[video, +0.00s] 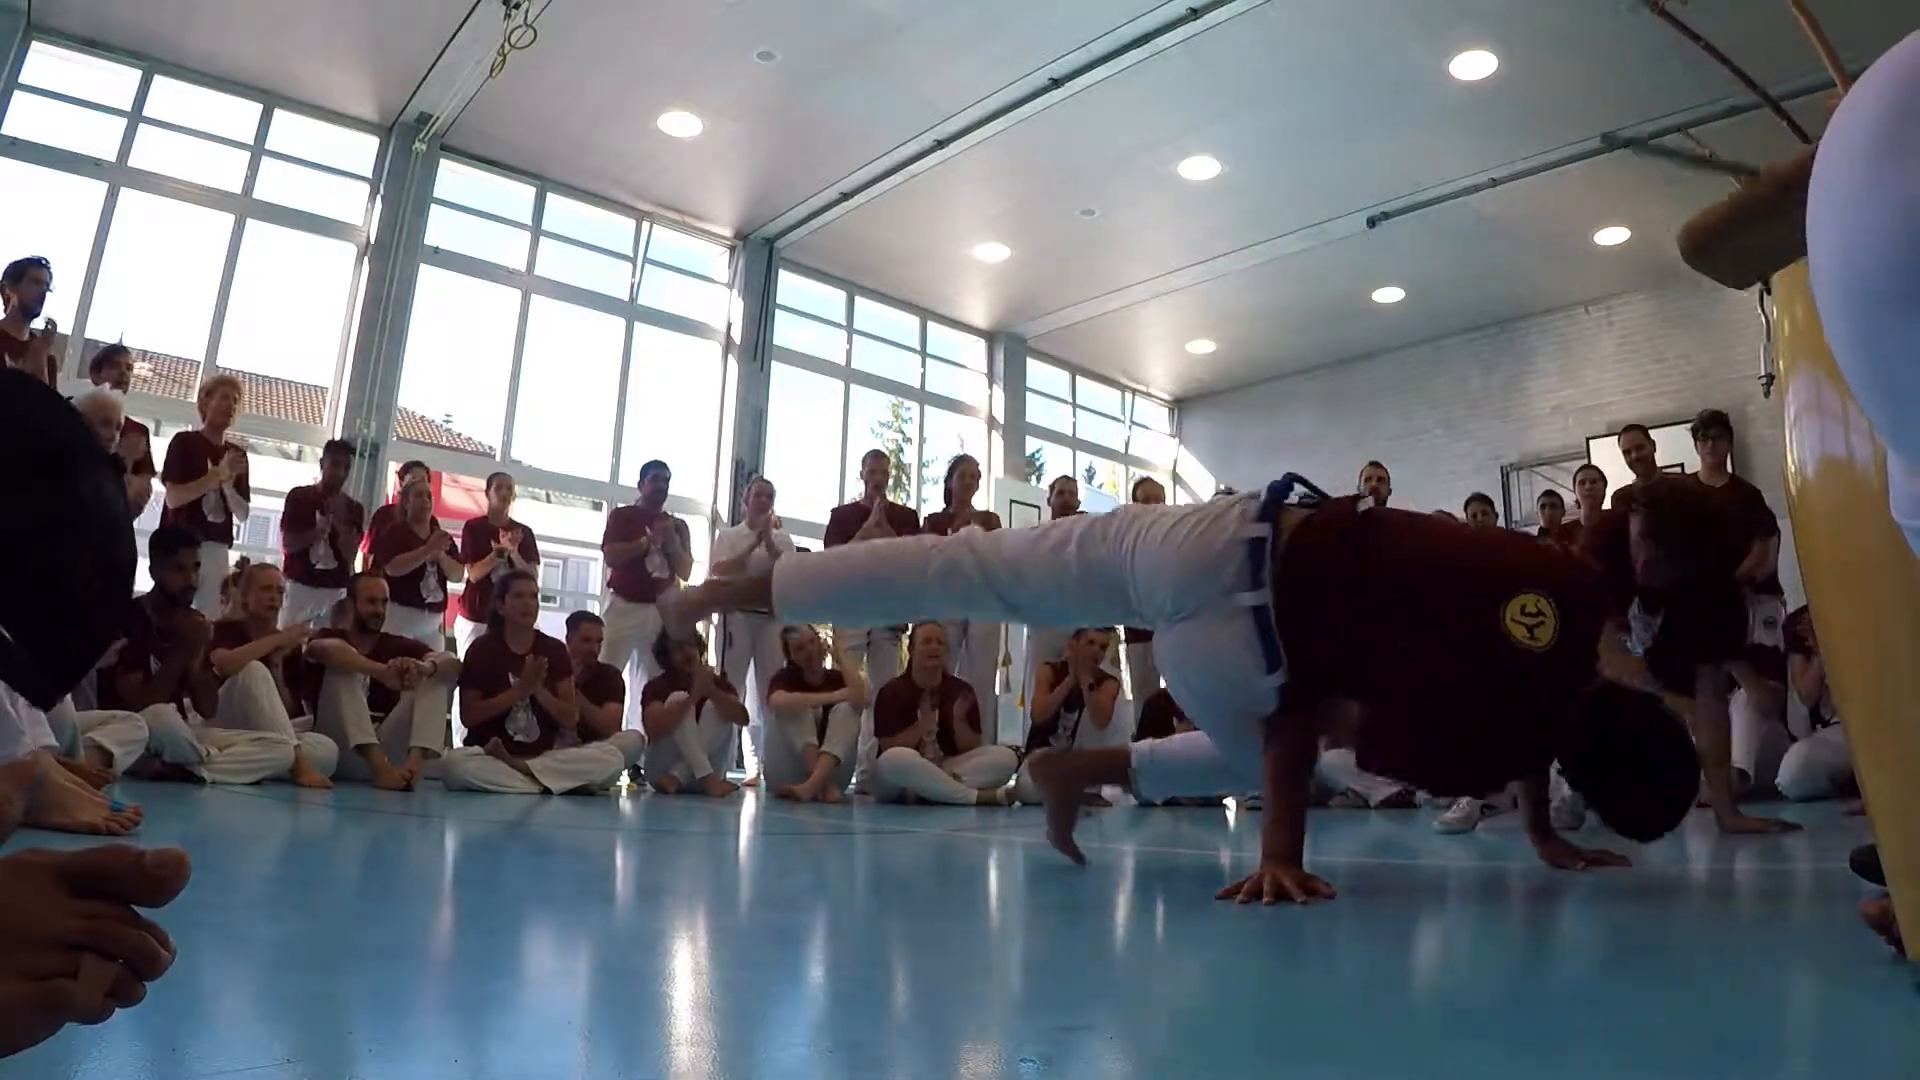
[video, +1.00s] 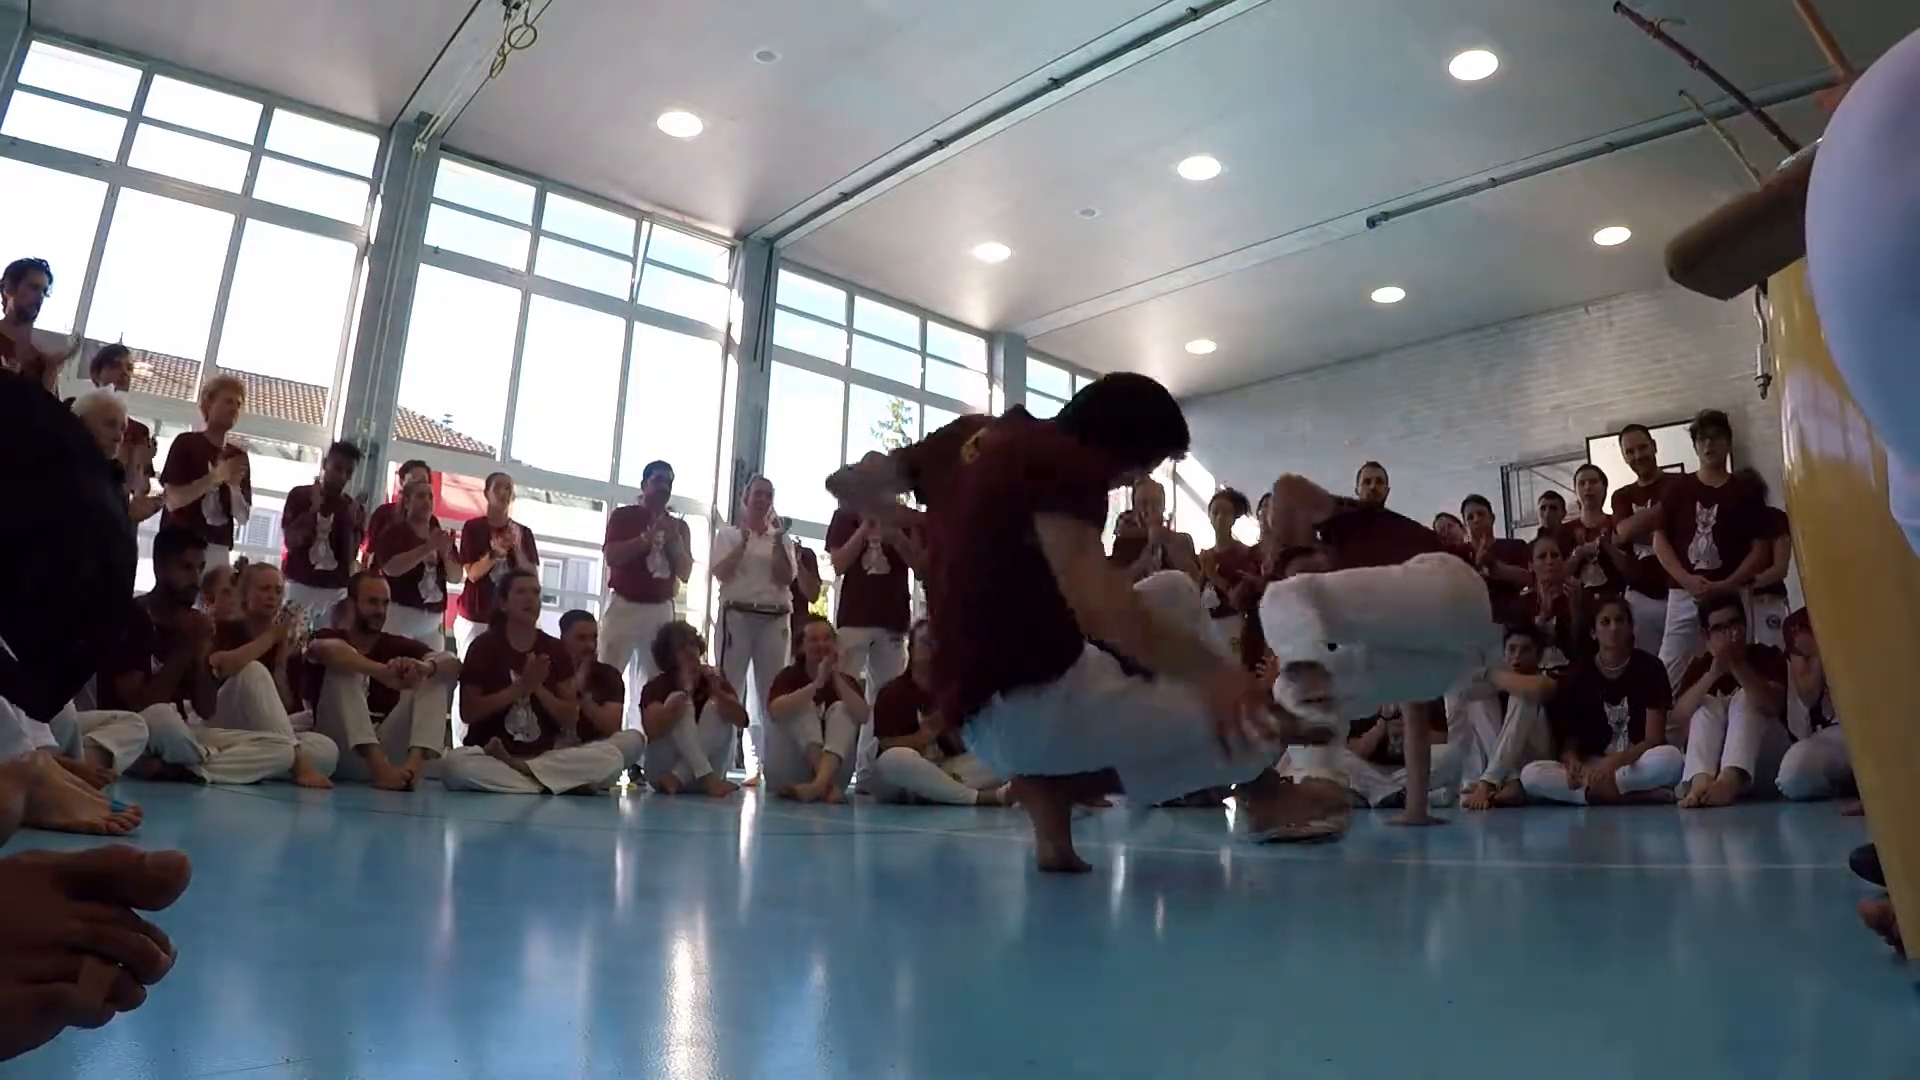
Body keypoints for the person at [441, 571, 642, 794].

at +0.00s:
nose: (528, 604)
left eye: (533, 597)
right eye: (519, 597)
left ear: (539, 603)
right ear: (500, 605)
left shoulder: (555, 649)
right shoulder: (481, 649)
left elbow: (570, 718)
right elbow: (469, 716)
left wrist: (537, 690)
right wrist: (521, 689)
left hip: (546, 757)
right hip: (488, 755)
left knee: (613, 758)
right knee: (453, 765)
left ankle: (523, 766)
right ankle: (550, 786)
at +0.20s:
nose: (528, 604)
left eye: (533, 597)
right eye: (519, 597)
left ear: (539, 603)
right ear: (500, 605)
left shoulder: (555, 649)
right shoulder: (481, 649)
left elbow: (569, 717)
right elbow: (469, 716)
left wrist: (535, 689)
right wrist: (519, 690)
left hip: (546, 756)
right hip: (488, 755)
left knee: (612, 758)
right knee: (454, 765)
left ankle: (522, 765)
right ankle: (550, 786)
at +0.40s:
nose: (528, 603)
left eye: (533, 597)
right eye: (519, 597)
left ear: (539, 603)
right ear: (500, 605)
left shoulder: (554, 649)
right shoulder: (481, 649)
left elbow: (569, 718)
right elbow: (469, 716)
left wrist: (535, 689)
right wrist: (520, 690)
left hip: (546, 756)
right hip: (489, 755)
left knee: (612, 758)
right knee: (454, 765)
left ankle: (522, 765)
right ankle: (549, 786)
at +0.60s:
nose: (528, 603)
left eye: (533, 597)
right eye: (519, 597)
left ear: (539, 603)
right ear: (500, 605)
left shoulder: (555, 649)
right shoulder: (481, 648)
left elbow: (569, 717)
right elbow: (469, 716)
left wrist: (535, 687)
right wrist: (520, 689)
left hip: (546, 756)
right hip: (488, 755)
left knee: (612, 758)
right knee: (454, 765)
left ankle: (523, 766)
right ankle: (550, 786)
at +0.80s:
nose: (529, 600)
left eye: (534, 595)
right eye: (519, 594)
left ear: (540, 603)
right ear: (500, 604)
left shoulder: (556, 649)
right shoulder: (482, 648)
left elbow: (570, 717)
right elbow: (469, 715)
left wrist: (536, 688)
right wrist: (521, 689)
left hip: (546, 756)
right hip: (488, 756)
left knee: (613, 757)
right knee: (455, 765)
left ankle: (523, 766)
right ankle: (551, 786)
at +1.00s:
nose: (530, 599)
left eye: (535, 593)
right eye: (521, 593)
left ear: (542, 601)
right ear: (503, 603)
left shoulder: (556, 648)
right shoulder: (483, 646)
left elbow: (570, 717)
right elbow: (468, 713)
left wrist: (536, 688)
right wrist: (521, 687)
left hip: (546, 755)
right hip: (488, 755)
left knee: (612, 758)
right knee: (454, 765)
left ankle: (522, 766)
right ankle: (550, 786)